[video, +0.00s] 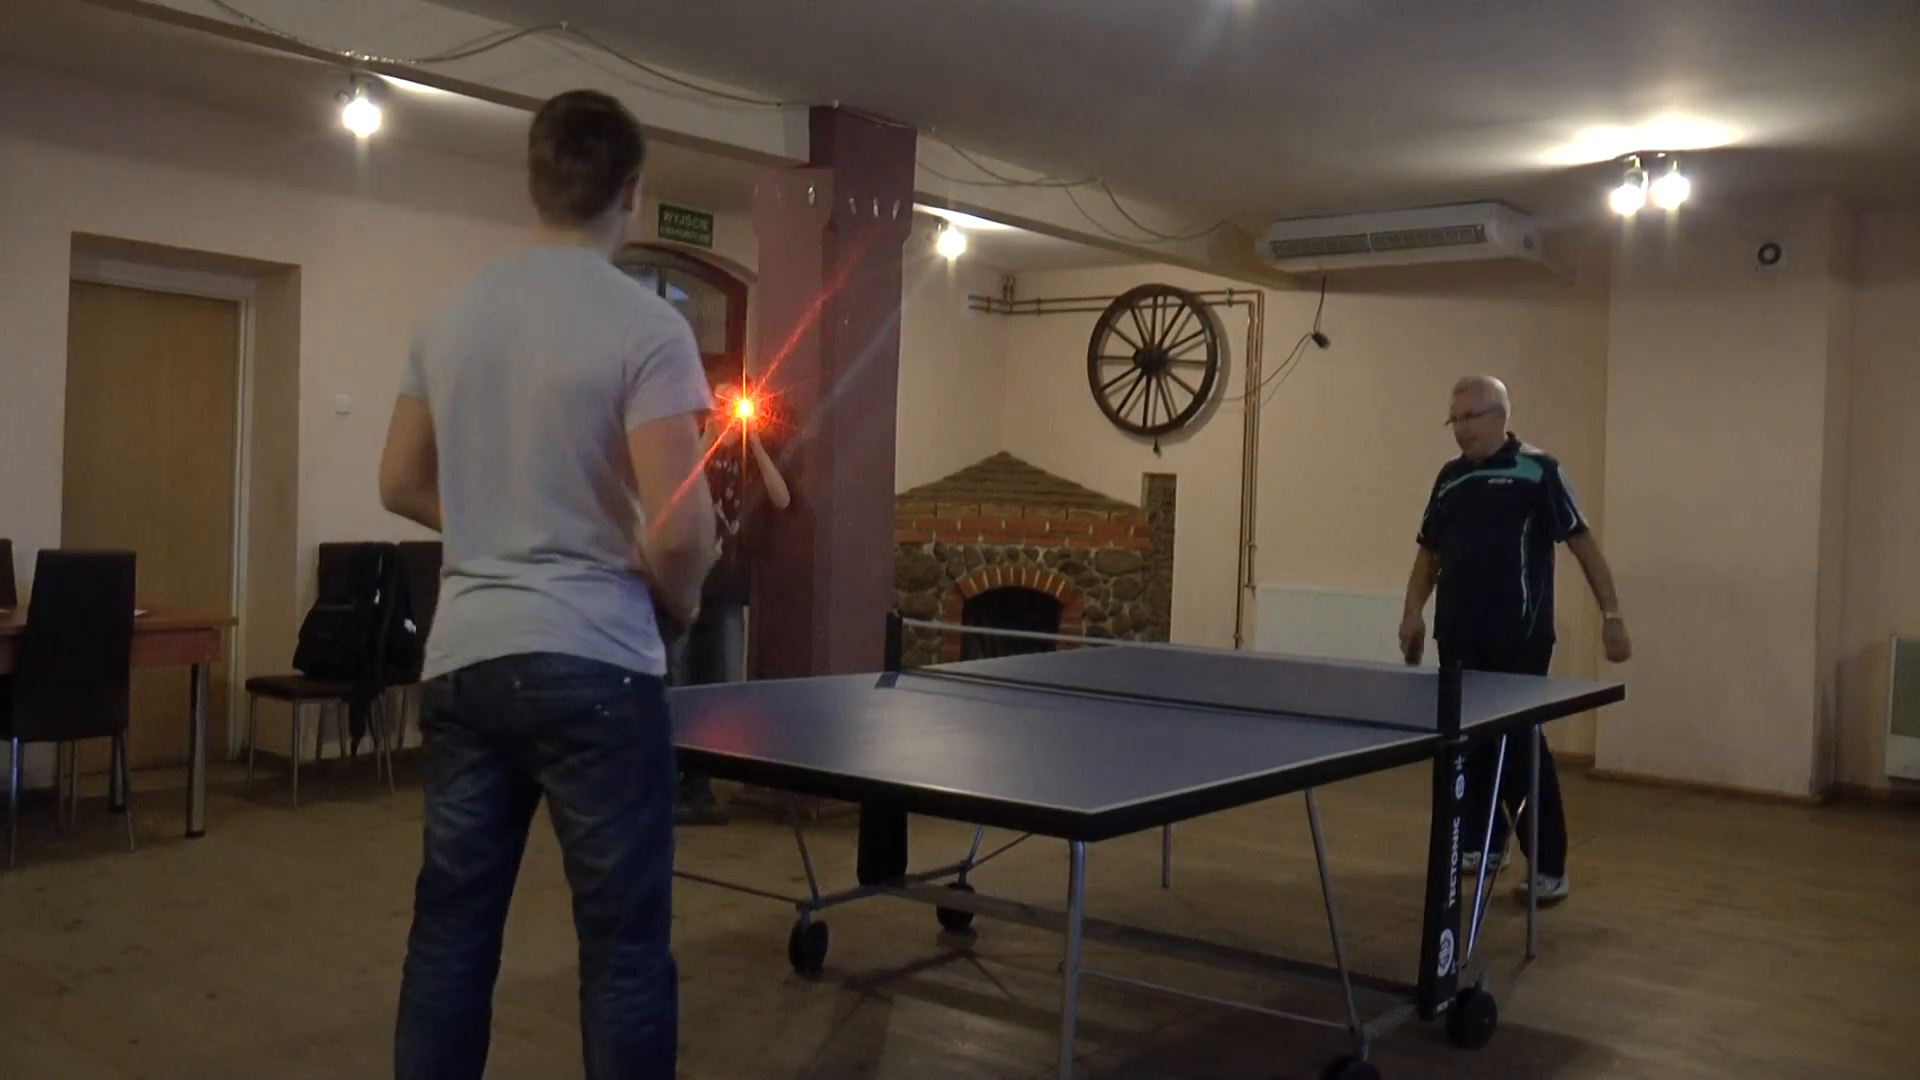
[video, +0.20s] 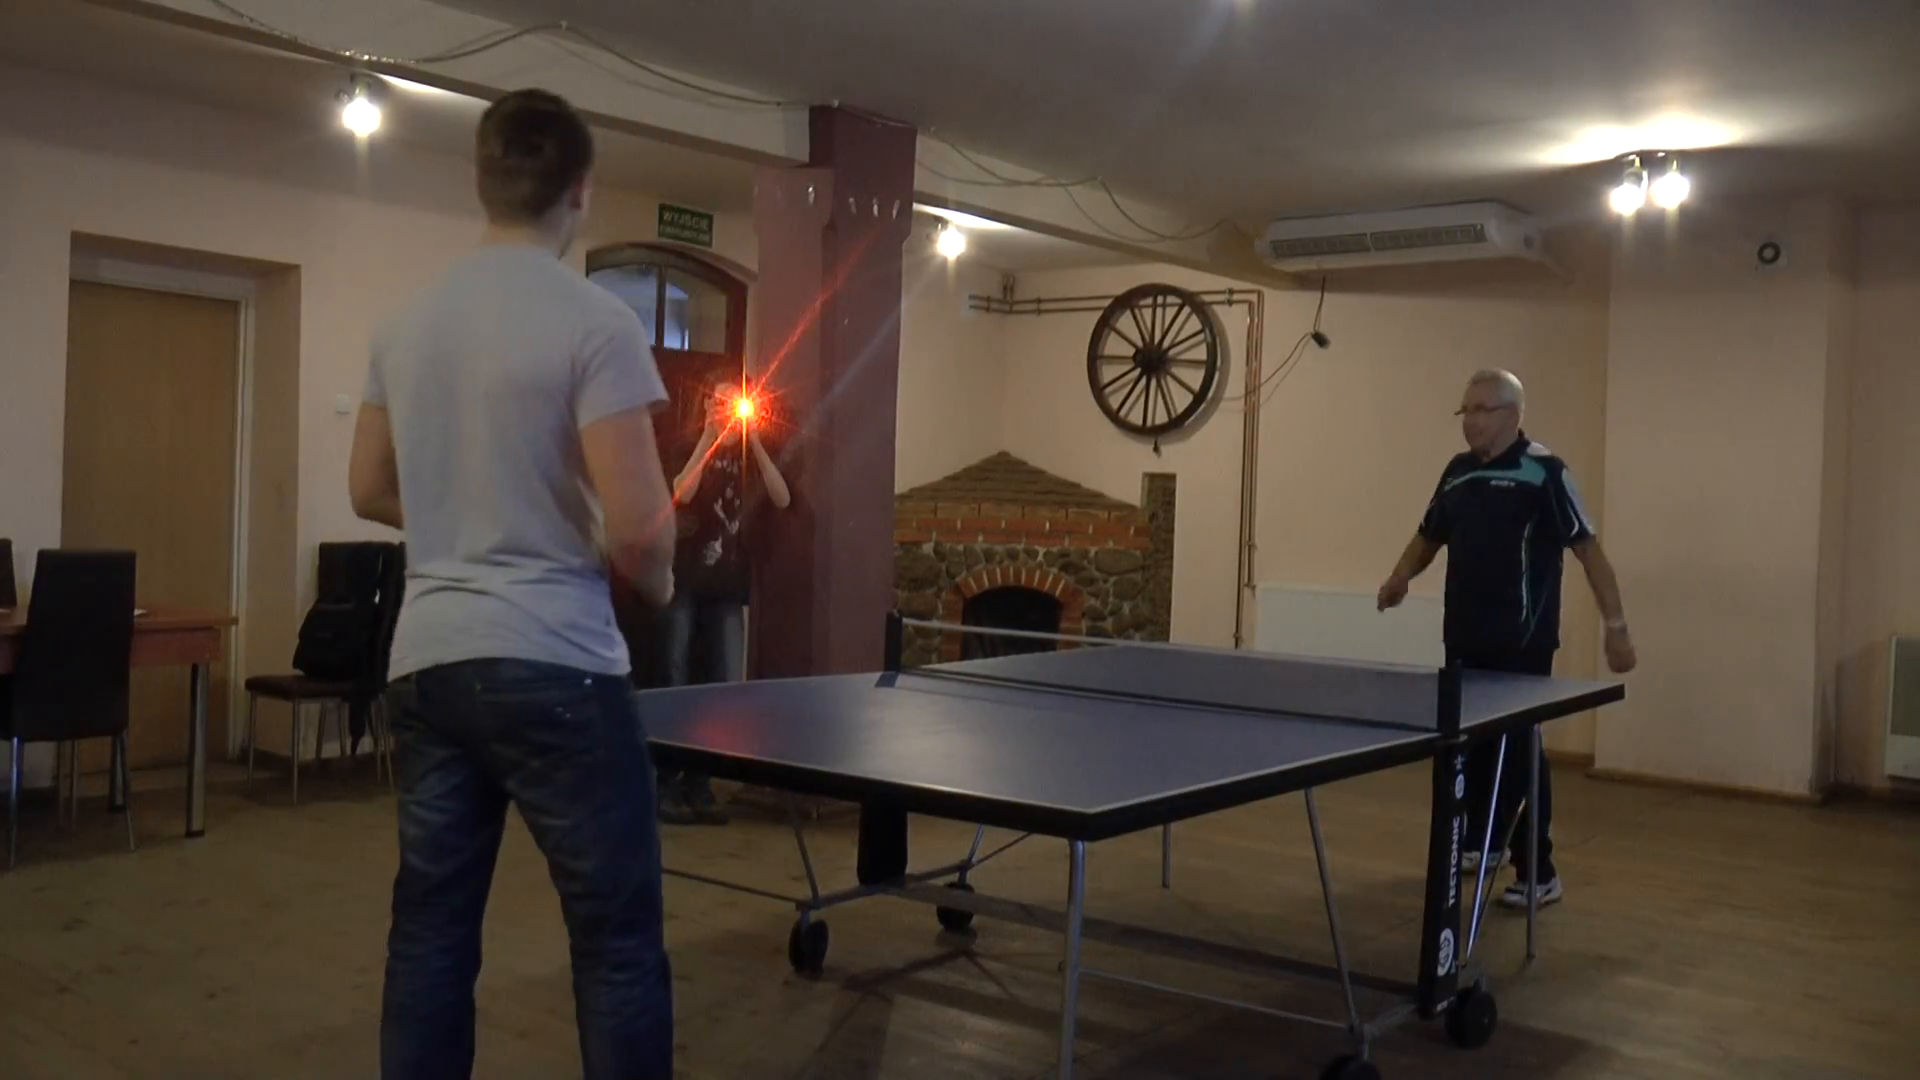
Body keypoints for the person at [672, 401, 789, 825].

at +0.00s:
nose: (725, 408)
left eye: (732, 401)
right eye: (718, 402)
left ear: (739, 408)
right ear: (703, 404)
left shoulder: (750, 452)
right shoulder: (684, 447)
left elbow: (781, 500)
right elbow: (675, 494)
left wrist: (754, 440)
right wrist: (710, 438)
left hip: (726, 581)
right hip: (679, 577)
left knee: (724, 688)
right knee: (674, 688)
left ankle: (701, 788)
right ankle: (669, 789)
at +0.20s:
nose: (722, 410)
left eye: (730, 403)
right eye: (716, 401)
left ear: (738, 410)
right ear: (704, 404)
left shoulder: (746, 452)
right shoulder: (684, 452)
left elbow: (782, 499)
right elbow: (679, 499)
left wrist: (755, 441)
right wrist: (709, 442)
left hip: (727, 582)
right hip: (680, 582)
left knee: (725, 687)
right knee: (674, 685)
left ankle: (702, 786)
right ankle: (666, 786)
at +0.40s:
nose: (720, 409)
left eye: (728, 402)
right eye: (715, 401)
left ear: (738, 408)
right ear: (704, 405)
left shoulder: (750, 452)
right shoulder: (687, 450)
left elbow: (782, 498)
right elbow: (683, 494)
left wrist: (755, 440)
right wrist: (710, 438)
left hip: (727, 581)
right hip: (679, 580)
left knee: (725, 686)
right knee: (676, 685)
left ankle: (700, 789)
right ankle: (668, 791)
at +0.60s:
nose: (721, 410)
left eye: (728, 403)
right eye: (715, 402)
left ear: (738, 409)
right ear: (703, 405)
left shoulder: (749, 453)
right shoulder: (685, 450)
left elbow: (782, 498)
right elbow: (682, 493)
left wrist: (755, 440)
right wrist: (710, 439)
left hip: (727, 581)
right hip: (679, 579)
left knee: (725, 686)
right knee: (675, 684)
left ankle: (700, 789)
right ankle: (667, 790)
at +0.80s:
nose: (720, 408)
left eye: (728, 402)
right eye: (714, 401)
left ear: (737, 408)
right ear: (703, 404)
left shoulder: (749, 452)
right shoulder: (685, 449)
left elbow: (782, 498)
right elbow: (683, 494)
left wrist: (754, 439)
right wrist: (710, 439)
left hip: (727, 581)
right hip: (680, 580)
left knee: (726, 686)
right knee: (675, 684)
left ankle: (701, 789)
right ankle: (667, 789)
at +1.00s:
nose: (722, 410)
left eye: (730, 403)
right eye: (716, 402)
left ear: (738, 410)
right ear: (704, 405)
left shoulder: (749, 453)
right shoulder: (686, 452)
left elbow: (783, 499)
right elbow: (681, 497)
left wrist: (755, 440)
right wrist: (709, 442)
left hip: (728, 582)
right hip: (681, 581)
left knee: (728, 685)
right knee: (675, 683)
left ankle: (701, 787)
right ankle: (668, 787)